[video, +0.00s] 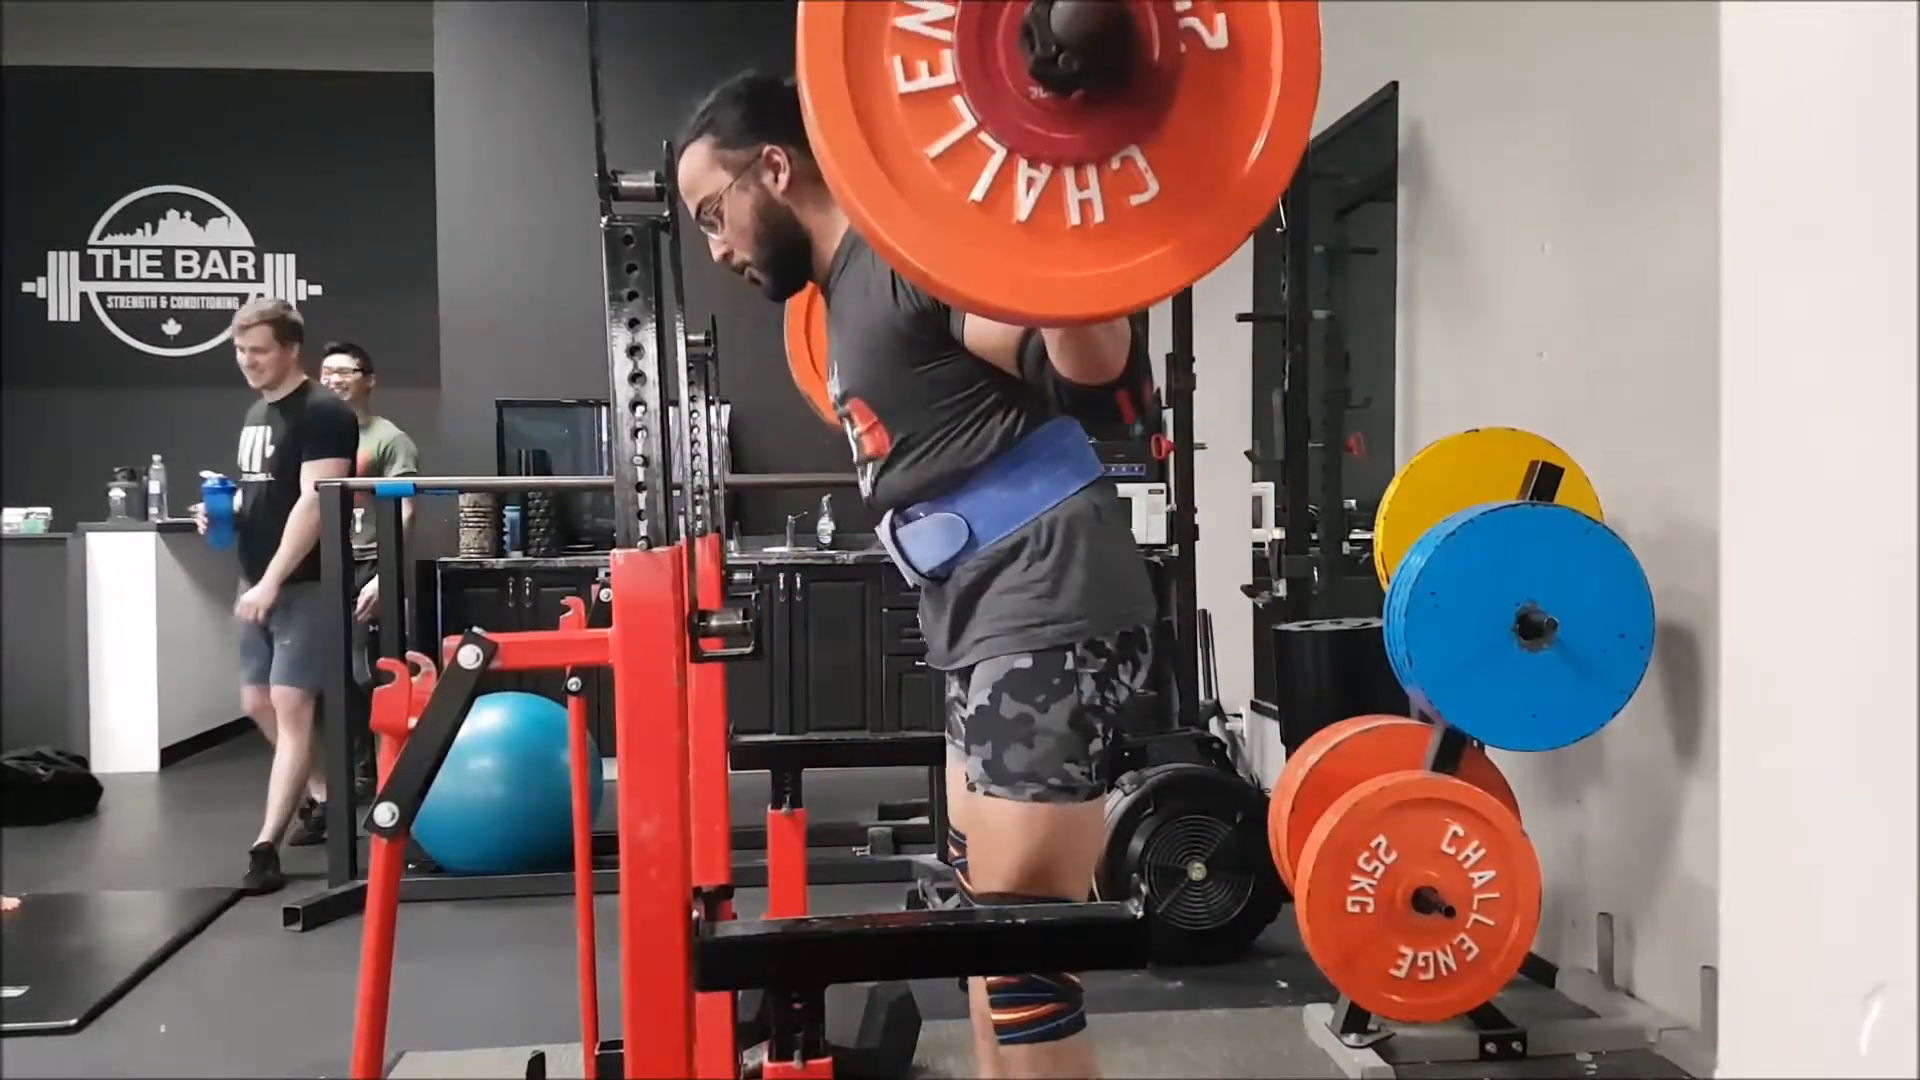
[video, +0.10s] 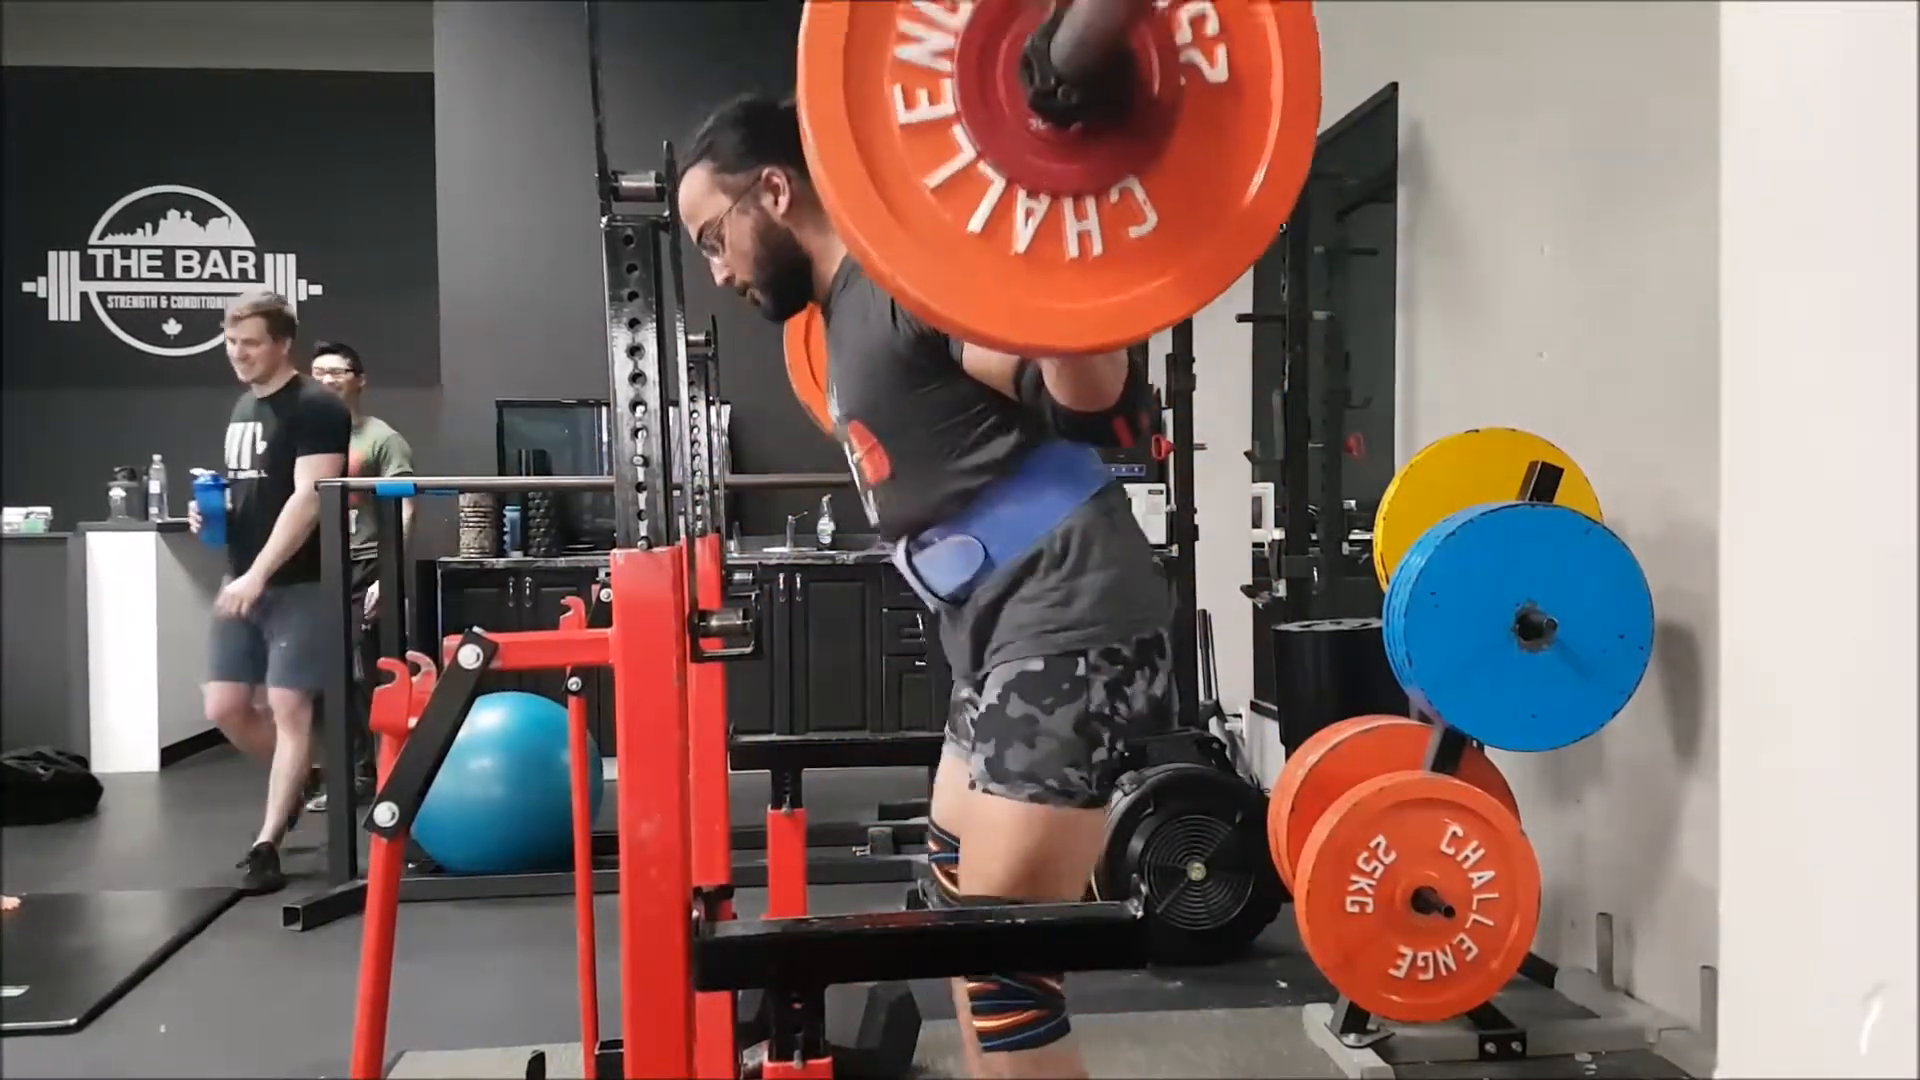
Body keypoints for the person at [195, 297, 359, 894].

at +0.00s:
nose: (247, 361)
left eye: (257, 351)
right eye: (241, 352)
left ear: (292, 350)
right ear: (240, 354)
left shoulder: (326, 413)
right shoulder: (259, 413)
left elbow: (316, 506)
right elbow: (260, 495)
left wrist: (269, 581)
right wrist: (222, 514)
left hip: (309, 584)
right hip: (259, 581)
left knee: (293, 705)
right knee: (257, 701)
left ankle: (266, 844)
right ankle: (321, 795)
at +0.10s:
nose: (238, 354)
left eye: (249, 343)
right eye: (232, 344)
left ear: (284, 343)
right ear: (229, 346)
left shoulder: (319, 407)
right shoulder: (244, 407)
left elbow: (311, 499)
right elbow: (246, 491)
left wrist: (258, 573)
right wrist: (210, 514)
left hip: (302, 583)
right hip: (244, 579)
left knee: (289, 708)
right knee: (226, 707)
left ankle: (267, 845)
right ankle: (302, 774)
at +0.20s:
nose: (231, 349)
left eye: (243, 338)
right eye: (224, 339)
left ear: (277, 339)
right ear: (219, 341)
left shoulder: (312, 403)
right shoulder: (227, 405)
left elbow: (300, 490)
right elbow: (228, 485)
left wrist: (242, 568)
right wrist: (200, 512)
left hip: (296, 582)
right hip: (231, 579)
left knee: (287, 711)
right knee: (210, 706)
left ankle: (268, 846)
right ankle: (266, 781)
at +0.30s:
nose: (223, 348)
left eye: (235, 337)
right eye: (216, 338)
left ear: (268, 338)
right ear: (210, 342)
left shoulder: (308, 402)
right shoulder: (213, 404)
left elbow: (290, 487)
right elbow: (207, 480)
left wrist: (227, 561)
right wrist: (191, 512)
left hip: (291, 580)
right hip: (225, 576)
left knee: (282, 713)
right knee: (208, 700)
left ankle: (267, 843)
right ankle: (234, 808)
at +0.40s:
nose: (214, 348)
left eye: (226, 336)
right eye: (206, 338)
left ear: (259, 336)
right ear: (198, 341)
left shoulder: (304, 401)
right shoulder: (197, 404)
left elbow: (284, 487)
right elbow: (191, 478)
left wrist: (216, 554)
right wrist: (179, 510)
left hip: (287, 586)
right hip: (215, 581)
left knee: (275, 716)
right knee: (208, 704)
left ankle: (263, 849)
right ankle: (215, 857)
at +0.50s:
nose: (200, 350)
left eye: (211, 337)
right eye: (190, 340)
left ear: (245, 333)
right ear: (184, 342)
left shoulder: (295, 401)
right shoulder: (178, 407)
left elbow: (288, 487)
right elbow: (163, 480)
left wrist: (212, 549)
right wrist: (161, 506)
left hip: (279, 590)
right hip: (204, 588)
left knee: (267, 725)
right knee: (210, 724)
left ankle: (260, 848)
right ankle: (207, 877)